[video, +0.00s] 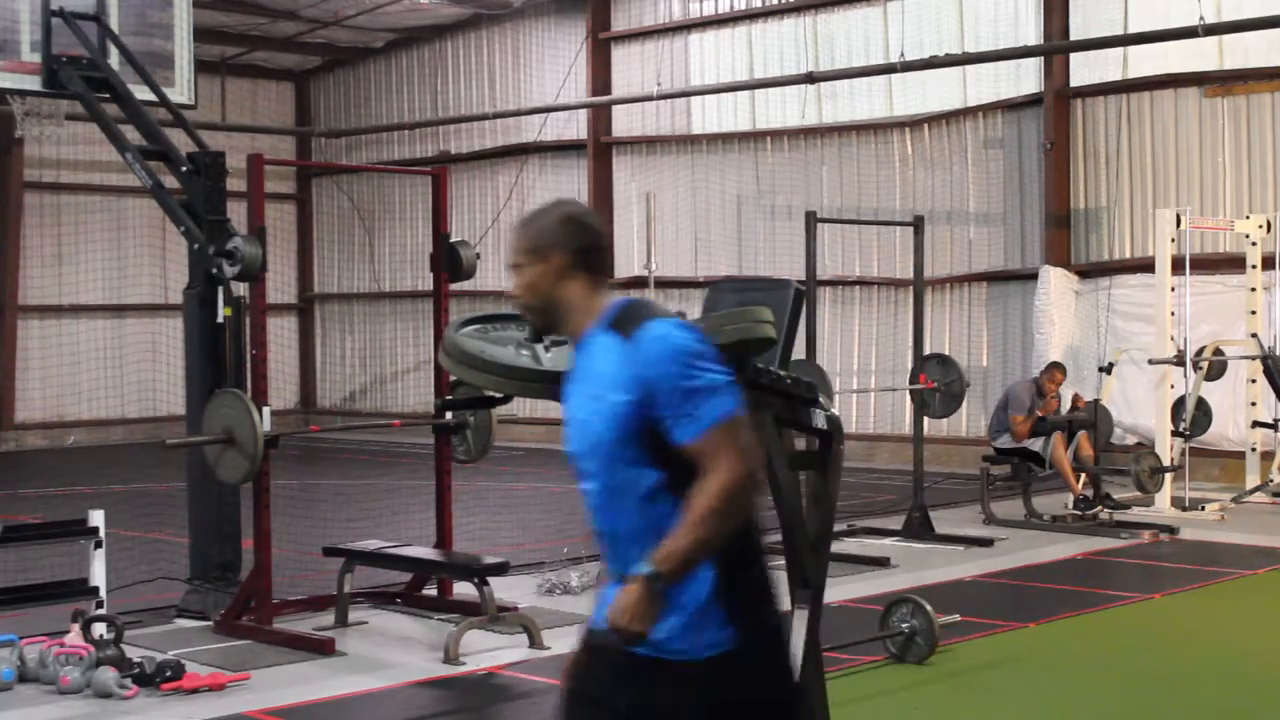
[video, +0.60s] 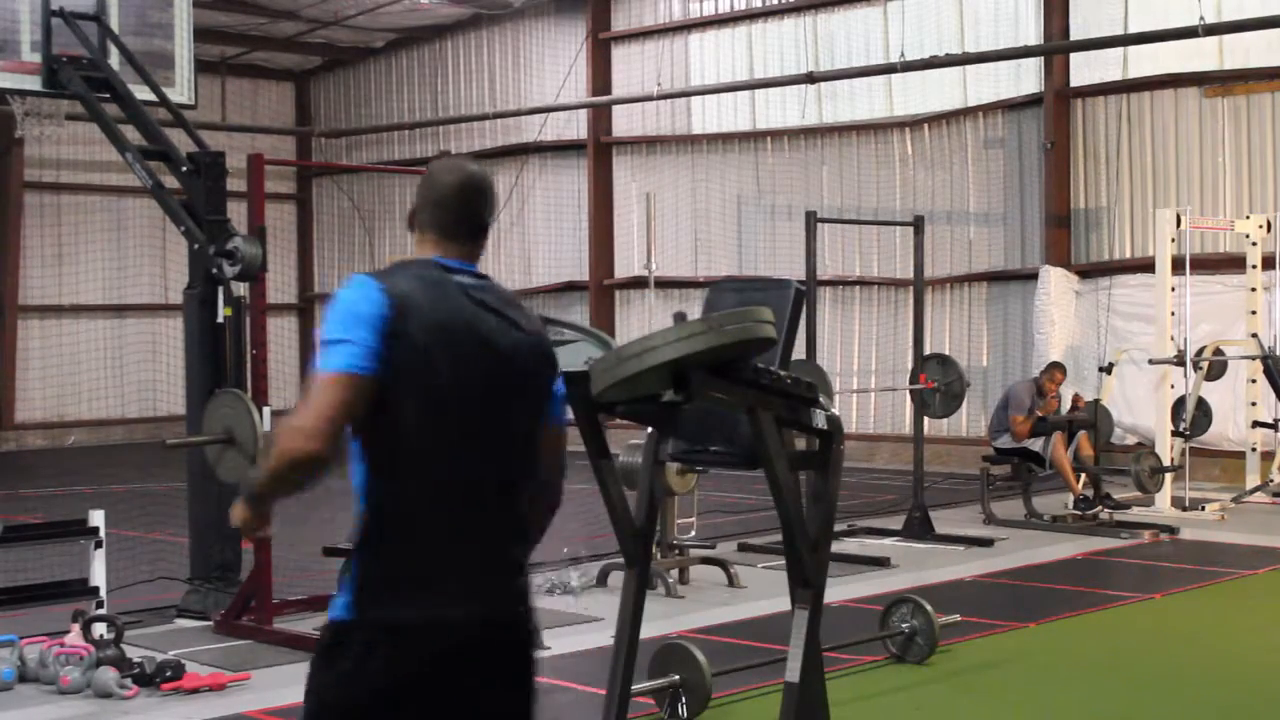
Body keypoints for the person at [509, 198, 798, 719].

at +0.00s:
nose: (512, 288)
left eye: (519, 268)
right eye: (512, 272)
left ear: (561, 264)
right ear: (554, 267)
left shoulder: (661, 344)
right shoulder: (585, 360)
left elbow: (734, 468)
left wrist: (651, 580)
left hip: (707, 645)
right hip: (624, 636)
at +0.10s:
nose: (471, 280)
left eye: (473, 264)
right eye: (469, 266)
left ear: (507, 258)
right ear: (518, 259)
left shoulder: (598, 330)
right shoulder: (545, 341)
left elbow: (668, 457)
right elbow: (585, 501)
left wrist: (578, 566)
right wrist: (545, 627)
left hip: (647, 638)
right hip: (579, 634)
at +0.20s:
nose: (454, 263)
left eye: (454, 246)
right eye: (454, 248)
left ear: (474, 240)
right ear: (529, 234)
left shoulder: (553, 316)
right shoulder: (523, 323)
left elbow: (607, 449)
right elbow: (564, 497)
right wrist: (508, 606)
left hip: (588, 627)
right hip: (551, 624)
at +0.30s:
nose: (441, 243)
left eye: (442, 229)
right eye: (443, 230)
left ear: (455, 228)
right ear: (520, 228)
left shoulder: (509, 309)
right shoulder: (531, 305)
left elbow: (541, 453)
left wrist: (428, 533)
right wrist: (470, 585)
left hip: (537, 613)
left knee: (433, 708)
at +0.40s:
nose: (434, 245)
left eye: (434, 228)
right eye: (440, 231)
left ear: (442, 224)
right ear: (509, 232)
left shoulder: (465, 302)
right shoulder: (539, 311)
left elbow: (472, 450)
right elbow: (534, 478)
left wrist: (357, 521)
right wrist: (448, 566)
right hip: (564, 585)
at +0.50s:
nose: (425, 220)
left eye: (426, 212)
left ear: (427, 218)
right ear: (499, 229)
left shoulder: (423, 294)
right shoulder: (538, 323)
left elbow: (402, 437)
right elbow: (546, 461)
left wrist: (302, 502)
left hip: (438, 601)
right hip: (537, 600)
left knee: (331, 711)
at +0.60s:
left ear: (412, 218)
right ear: (485, 229)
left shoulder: (374, 295)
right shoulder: (528, 331)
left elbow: (312, 439)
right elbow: (546, 491)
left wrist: (255, 498)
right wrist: (498, 560)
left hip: (384, 613)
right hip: (496, 614)